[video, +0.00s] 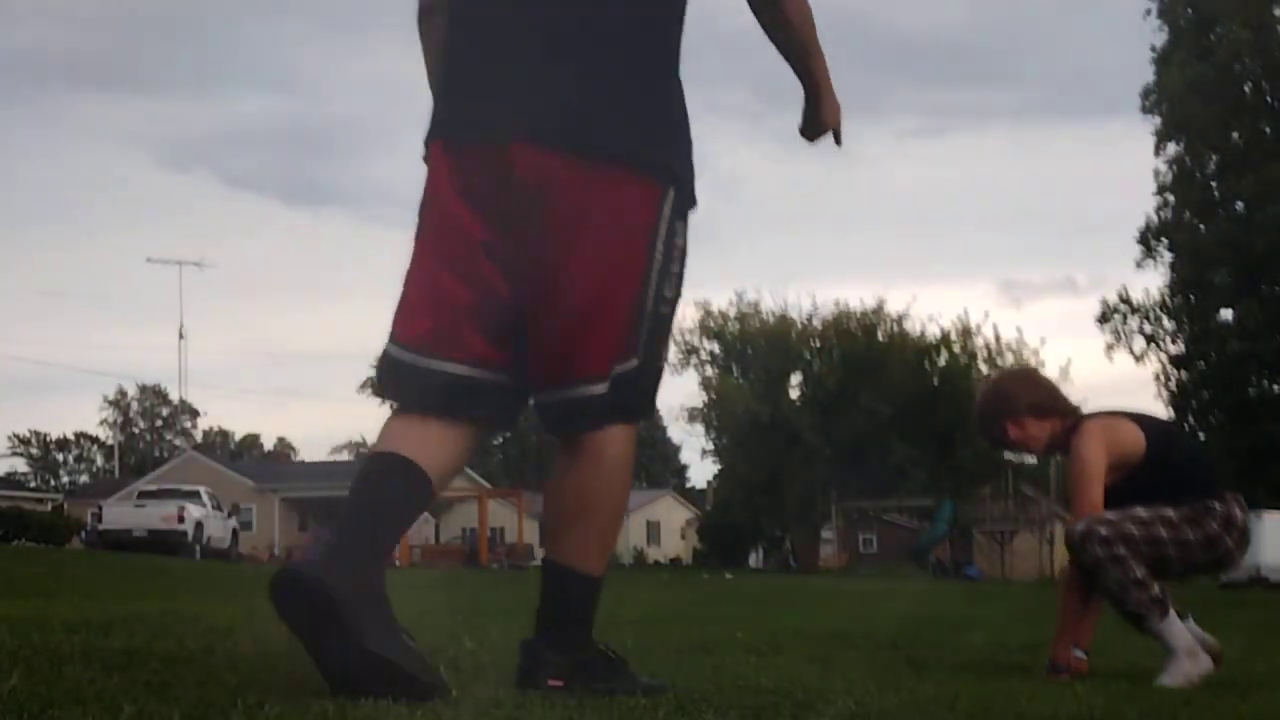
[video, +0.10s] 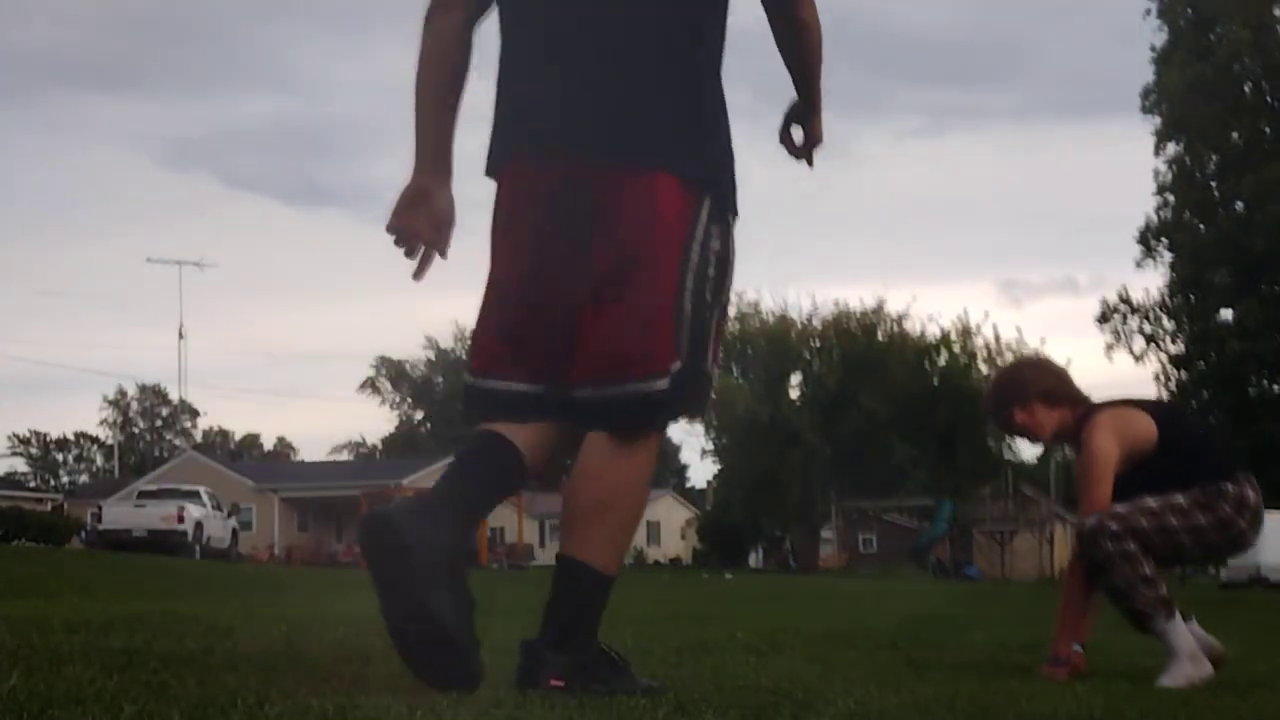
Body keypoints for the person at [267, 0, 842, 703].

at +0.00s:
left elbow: (437, 6)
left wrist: (462, 104)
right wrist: (817, 80)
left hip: (471, 101)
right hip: (617, 113)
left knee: (453, 378)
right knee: (603, 405)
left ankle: (344, 562)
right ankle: (564, 646)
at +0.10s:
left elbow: (449, 11)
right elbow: (791, 8)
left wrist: (430, 173)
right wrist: (810, 98)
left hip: (535, 128)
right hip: (667, 136)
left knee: (542, 392)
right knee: (632, 413)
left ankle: (436, 517)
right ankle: (567, 650)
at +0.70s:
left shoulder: (809, 7)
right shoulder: (983, 2)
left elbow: (771, 130)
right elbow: (1020, 108)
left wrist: (801, 250)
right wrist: (995, 212)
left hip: (836, 226)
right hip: (943, 219)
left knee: (863, 453)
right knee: (992, 432)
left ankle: (870, 650)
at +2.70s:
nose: (951, 37)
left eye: (965, 25)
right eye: (937, 27)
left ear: (989, 42)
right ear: (919, 47)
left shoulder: (1025, 137)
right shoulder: (895, 149)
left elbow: (1064, 244)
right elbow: (878, 255)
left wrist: (1056, 344)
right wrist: (833, 325)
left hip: (1000, 324)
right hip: (929, 332)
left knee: (962, 474)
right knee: (970, 486)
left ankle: (954, 642)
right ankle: (1033, 651)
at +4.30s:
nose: (889, 39)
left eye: (888, 26)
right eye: (883, 25)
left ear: (819, 37)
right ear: (850, 30)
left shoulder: (774, 108)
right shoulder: (859, 89)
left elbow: (710, 207)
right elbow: (943, 164)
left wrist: (703, 309)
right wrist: (1051, 210)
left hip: (760, 295)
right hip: (814, 287)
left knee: (791, 456)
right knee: (874, 455)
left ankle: (775, 628)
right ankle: (818, 619)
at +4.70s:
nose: (987, 66)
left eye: (991, 54)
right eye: (987, 52)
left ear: (917, 40)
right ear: (962, 47)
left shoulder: (858, 111)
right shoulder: (956, 116)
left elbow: (794, 216)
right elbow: (1031, 219)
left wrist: (814, 311)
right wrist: (1118, 291)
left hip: (840, 302)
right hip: (901, 296)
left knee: (873, 466)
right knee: (950, 471)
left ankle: (797, 622)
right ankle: (940, 657)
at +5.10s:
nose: (1043, 62)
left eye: (1047, 50)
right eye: (1042, 48)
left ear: (970, 35)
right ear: (1017, 46)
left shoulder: (909, 103)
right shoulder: (1001, 119)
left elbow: (841, 199)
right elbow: (1065, 234)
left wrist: (864, 281)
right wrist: (1156, 306)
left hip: (874, 288)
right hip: (925, 288)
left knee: (898, 458)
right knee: (952, 467)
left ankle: (879, 627)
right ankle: (940, 655)